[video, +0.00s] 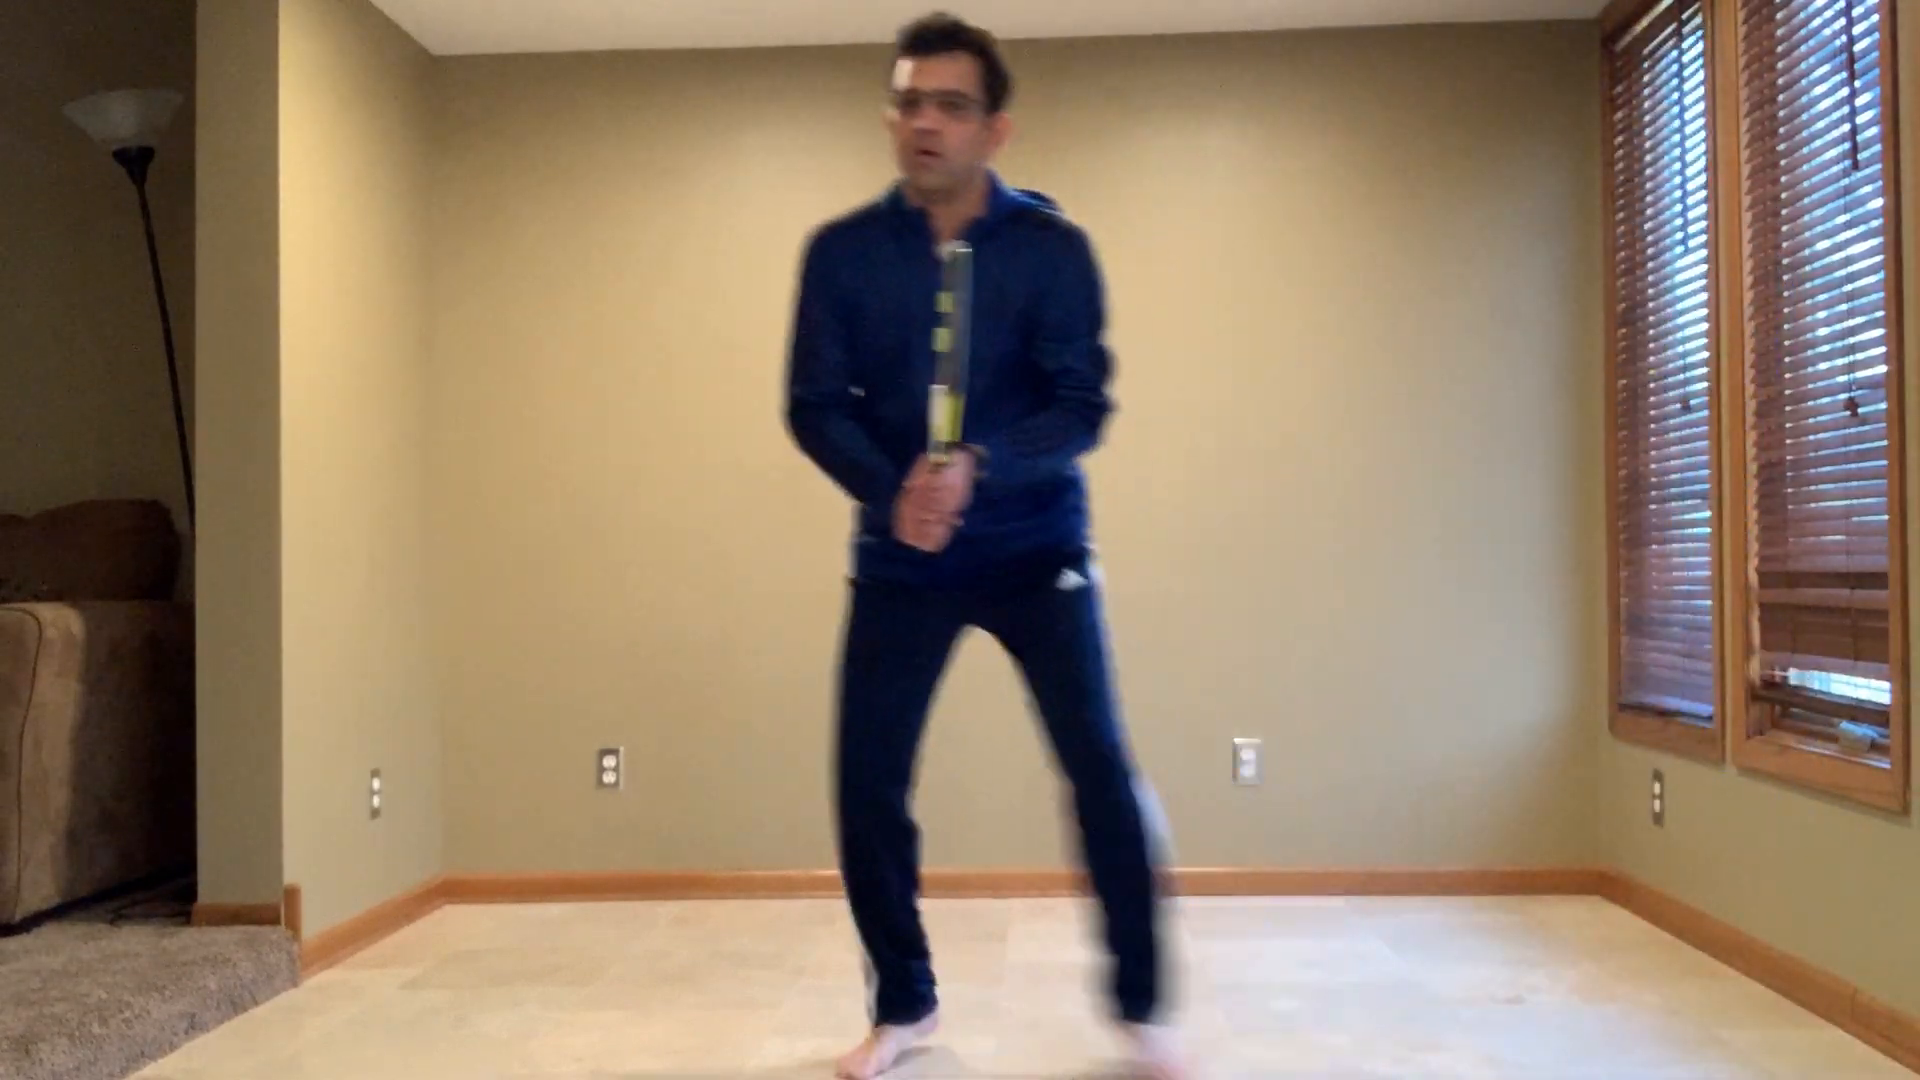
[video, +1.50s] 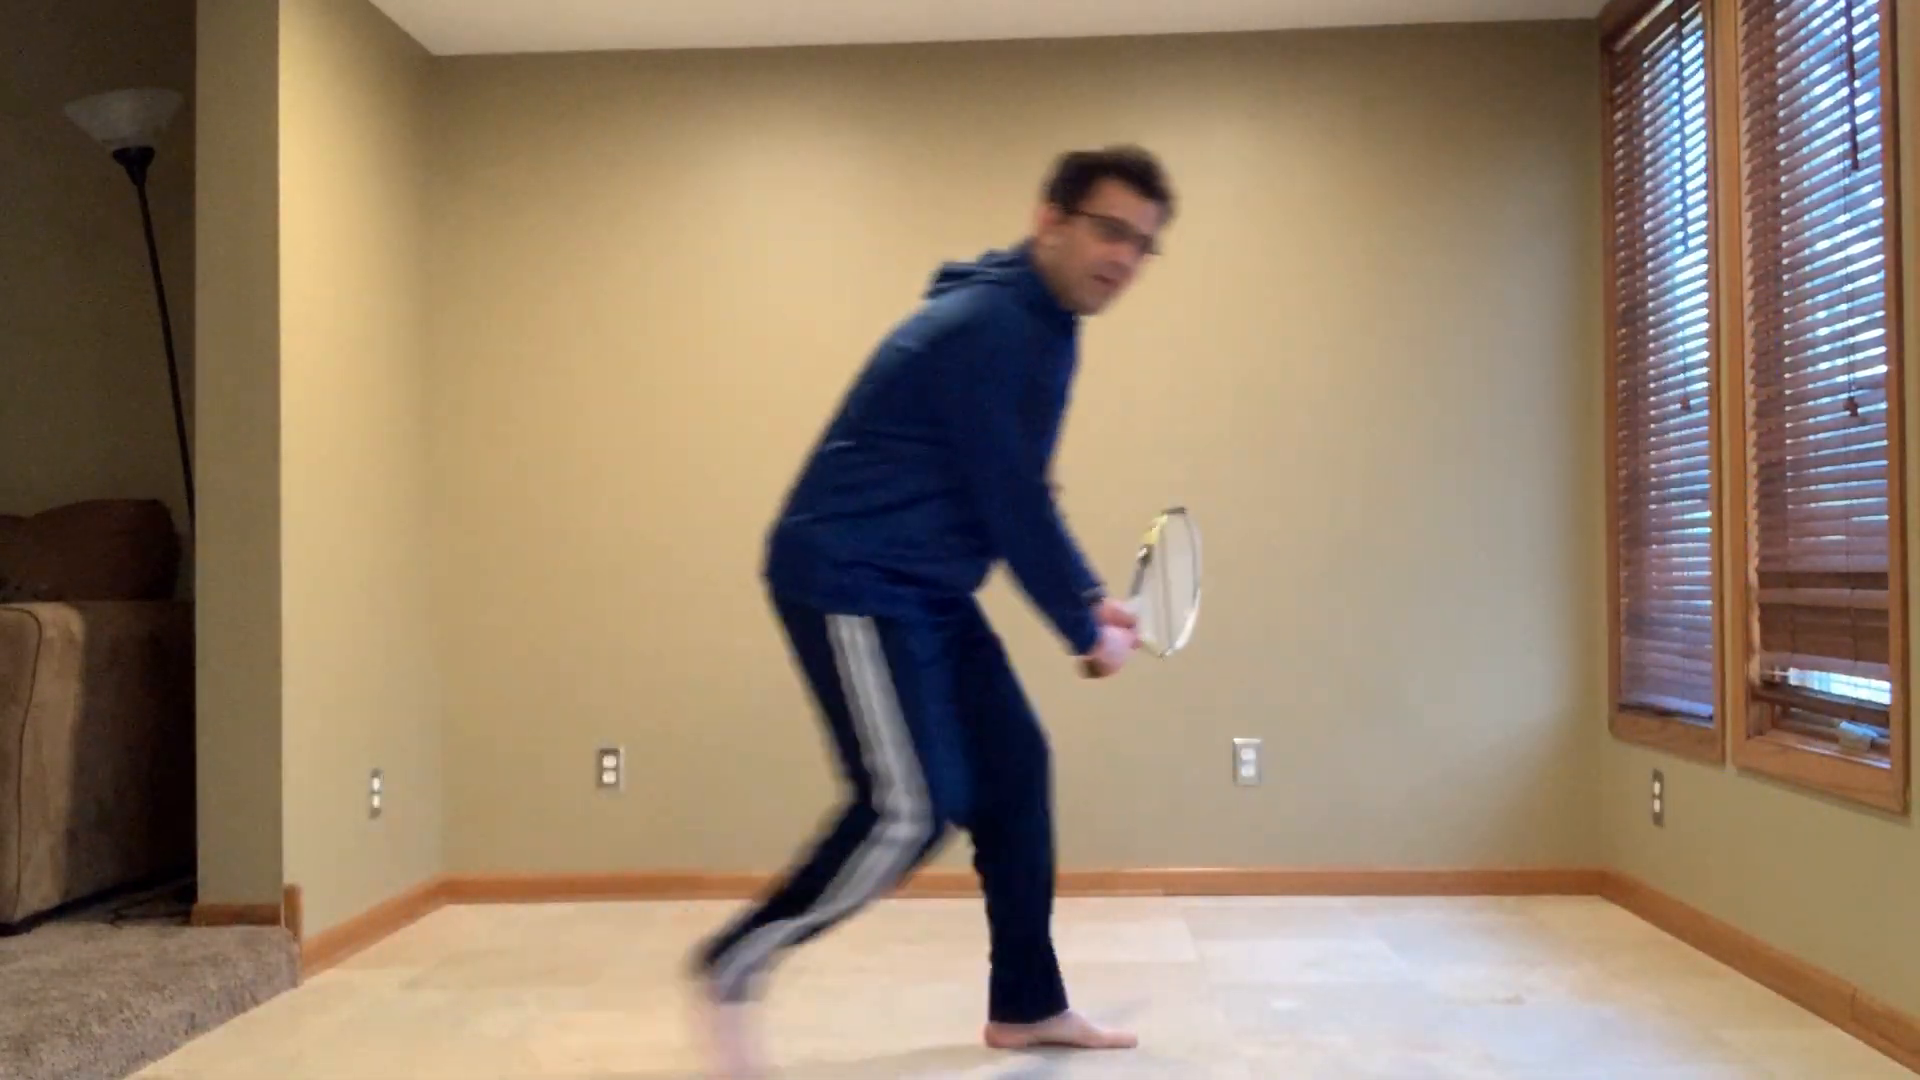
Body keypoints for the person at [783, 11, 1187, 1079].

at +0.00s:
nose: (922, 123)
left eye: (948, 106)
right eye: (907, 103)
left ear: (994, 124)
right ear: (889, 117)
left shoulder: (1050, 246)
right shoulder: (842, 252)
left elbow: (1080, 407)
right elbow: (814, 405)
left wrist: (978, 468)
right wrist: (892, 489)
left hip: (1036, 560)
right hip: (899, 568)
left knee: (1101, 769)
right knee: (868, 790)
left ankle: (1142, 1015)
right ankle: (904, 1012)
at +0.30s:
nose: (668, 140)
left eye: (695, 124)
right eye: (656, 121)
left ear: (746, 148)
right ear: (641, 136)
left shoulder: (791, 275)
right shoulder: (581, 260)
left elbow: (817, 430)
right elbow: (542, 408)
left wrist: (713, 475)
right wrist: (617, 490)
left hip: (745, 589)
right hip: (608, 591)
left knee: (813, 786)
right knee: (546, 806)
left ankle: (900, 1008)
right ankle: (527, 1024)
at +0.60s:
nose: (478, 152)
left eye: (507, 139)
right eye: (466, 133)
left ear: (555, 167)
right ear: (446, 151)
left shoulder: (606, 294)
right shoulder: (388, 276)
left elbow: (628, 442)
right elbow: (350, 418)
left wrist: (500, 521)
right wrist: (422, 516)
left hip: (554, 594)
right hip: (414, 592)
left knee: (586, 800)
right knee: (324, 800)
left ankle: (604, 1015)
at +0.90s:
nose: (514, 263)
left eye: (541, 250)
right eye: (498, 239)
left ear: (571, 278)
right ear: (463, 247)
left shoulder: (590, 393)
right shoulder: (375, 355)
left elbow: (574, 539)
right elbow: (320, 515)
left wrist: (505, 625)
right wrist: (400, 648)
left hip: (505, 620)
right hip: (363, 607)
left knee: (589, 782)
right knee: (268, 826)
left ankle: (574, 1005)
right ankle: (238, 1031)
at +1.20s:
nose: (786, 214)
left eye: (811, 202)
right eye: (771, 186)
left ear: (827, 223)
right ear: (723, 184)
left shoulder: (807, 330)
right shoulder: (628, 288)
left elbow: (785, 471)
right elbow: (601, 466)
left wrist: (779, 583)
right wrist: (699, 609)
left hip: (680, 556)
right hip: (571, 544)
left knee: (718, 758)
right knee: (557, 756)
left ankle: (613, 979)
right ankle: (515, 1010)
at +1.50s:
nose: (1122, 258)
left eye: (1141, 246)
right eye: (1108, 231)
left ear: (1150, 258)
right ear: (1048, 220)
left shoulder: (1046, 329)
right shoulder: (991, 323)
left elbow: (1021, 490)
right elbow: (1006, 498)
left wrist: (1088, 599)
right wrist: (1080, 621)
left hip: (928, 587)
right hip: (847, 579)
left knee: (1013, 764)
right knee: (910, 803)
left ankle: (1027, 1003)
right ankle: (730, 966)